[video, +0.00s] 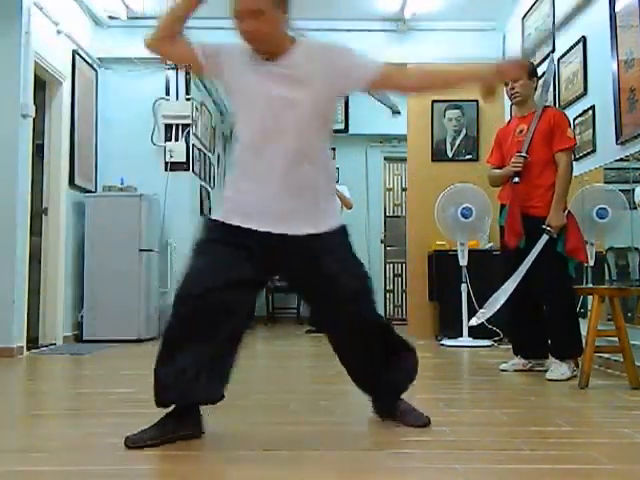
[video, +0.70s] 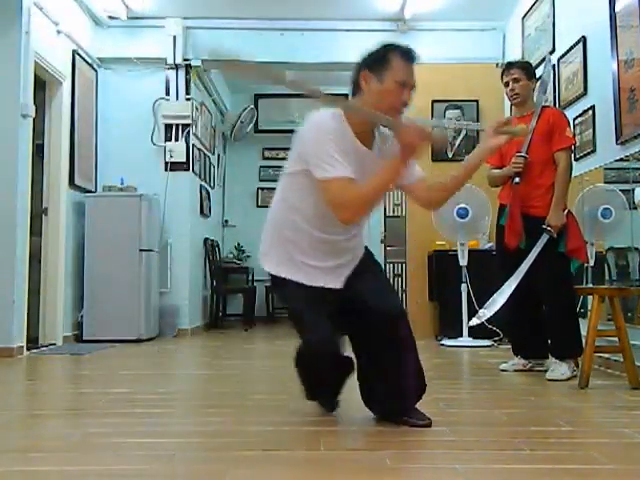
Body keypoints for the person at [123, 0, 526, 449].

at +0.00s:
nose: (243, 27)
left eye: (252, 16)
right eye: (238, 18)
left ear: (281, 13)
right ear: (236, 18)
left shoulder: (326, 60)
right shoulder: (230, 59)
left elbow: (406, 78)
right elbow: (161, 42)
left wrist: (485, 75)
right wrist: (190, 4)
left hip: (314, 223)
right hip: (240, 219)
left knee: (353, 311)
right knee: (197, 308)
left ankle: (388, 398)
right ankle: (184, 413)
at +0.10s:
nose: (316, 49)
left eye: (326, 40)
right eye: (308, 39)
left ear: (341, 43)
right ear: (293, 40)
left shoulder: (365, 93)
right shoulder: (271, 88)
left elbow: (424, 131)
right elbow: (204, 109)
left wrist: (493, 116)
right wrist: (227, 39)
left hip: (345, 232)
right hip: (279, 229)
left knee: (382, 311)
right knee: (243, 304)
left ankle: (389, 400)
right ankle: (218, 405)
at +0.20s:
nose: (373, 84)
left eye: (381, 75)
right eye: (364, 73)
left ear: (388, 78)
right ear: (341, 72)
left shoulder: (389, 130)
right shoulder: (310, 118)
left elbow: (425, 176)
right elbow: (293, 172)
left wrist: (475, 140)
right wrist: (325, 102)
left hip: (354, 249)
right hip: (295, 248)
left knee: (394, 309)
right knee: (277, 333)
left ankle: (391, 401)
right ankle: (304, 378)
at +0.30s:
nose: (403, 121)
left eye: (410, 112)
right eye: (394, 109)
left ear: (415, 114)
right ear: (367, 106)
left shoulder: (391, 154)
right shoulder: (342, 153)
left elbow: (415, 213)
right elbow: (388, 224)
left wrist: (444, 171)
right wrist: (441, 173)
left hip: (363, 262)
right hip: (312, 268)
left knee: (403, 310)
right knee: (330, 371)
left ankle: (394, 401)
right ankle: (338, 376)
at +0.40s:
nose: (412, 150)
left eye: (419, 141)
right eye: (404, 140)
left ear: (424, 140)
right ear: (375, 133)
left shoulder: (388, 172)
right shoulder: (354, 175)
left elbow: (408, 236)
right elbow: (418, 241)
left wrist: (431, 199)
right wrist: (496, 254)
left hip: (364, 273)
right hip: (322, 284)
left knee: (409, 307)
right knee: (354, 354)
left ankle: (396, 402)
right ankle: (345, 388)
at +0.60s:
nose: (420, 131)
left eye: (425, 123)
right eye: (413, 119)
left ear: (428, 125)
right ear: (380, 112)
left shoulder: (391, 160)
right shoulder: (348, 156)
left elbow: (407, 224)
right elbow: (390, 233)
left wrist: (443, 183)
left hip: (358, 262)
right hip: (311, 267)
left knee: (400, 311)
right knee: (341, 338)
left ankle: (397, 403)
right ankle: (346, 391)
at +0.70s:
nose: (408, 98)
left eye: (411, 89)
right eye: (401, 86)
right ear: (366, 81)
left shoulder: (388, 141)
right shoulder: (322, 128)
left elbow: (430, 196)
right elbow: (346, 209)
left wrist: (482, 150)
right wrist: (401, 158)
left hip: (347, 252)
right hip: (296, 256)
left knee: (387, 319)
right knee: (321, 341)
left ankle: (393, 404)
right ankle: (324, 390)